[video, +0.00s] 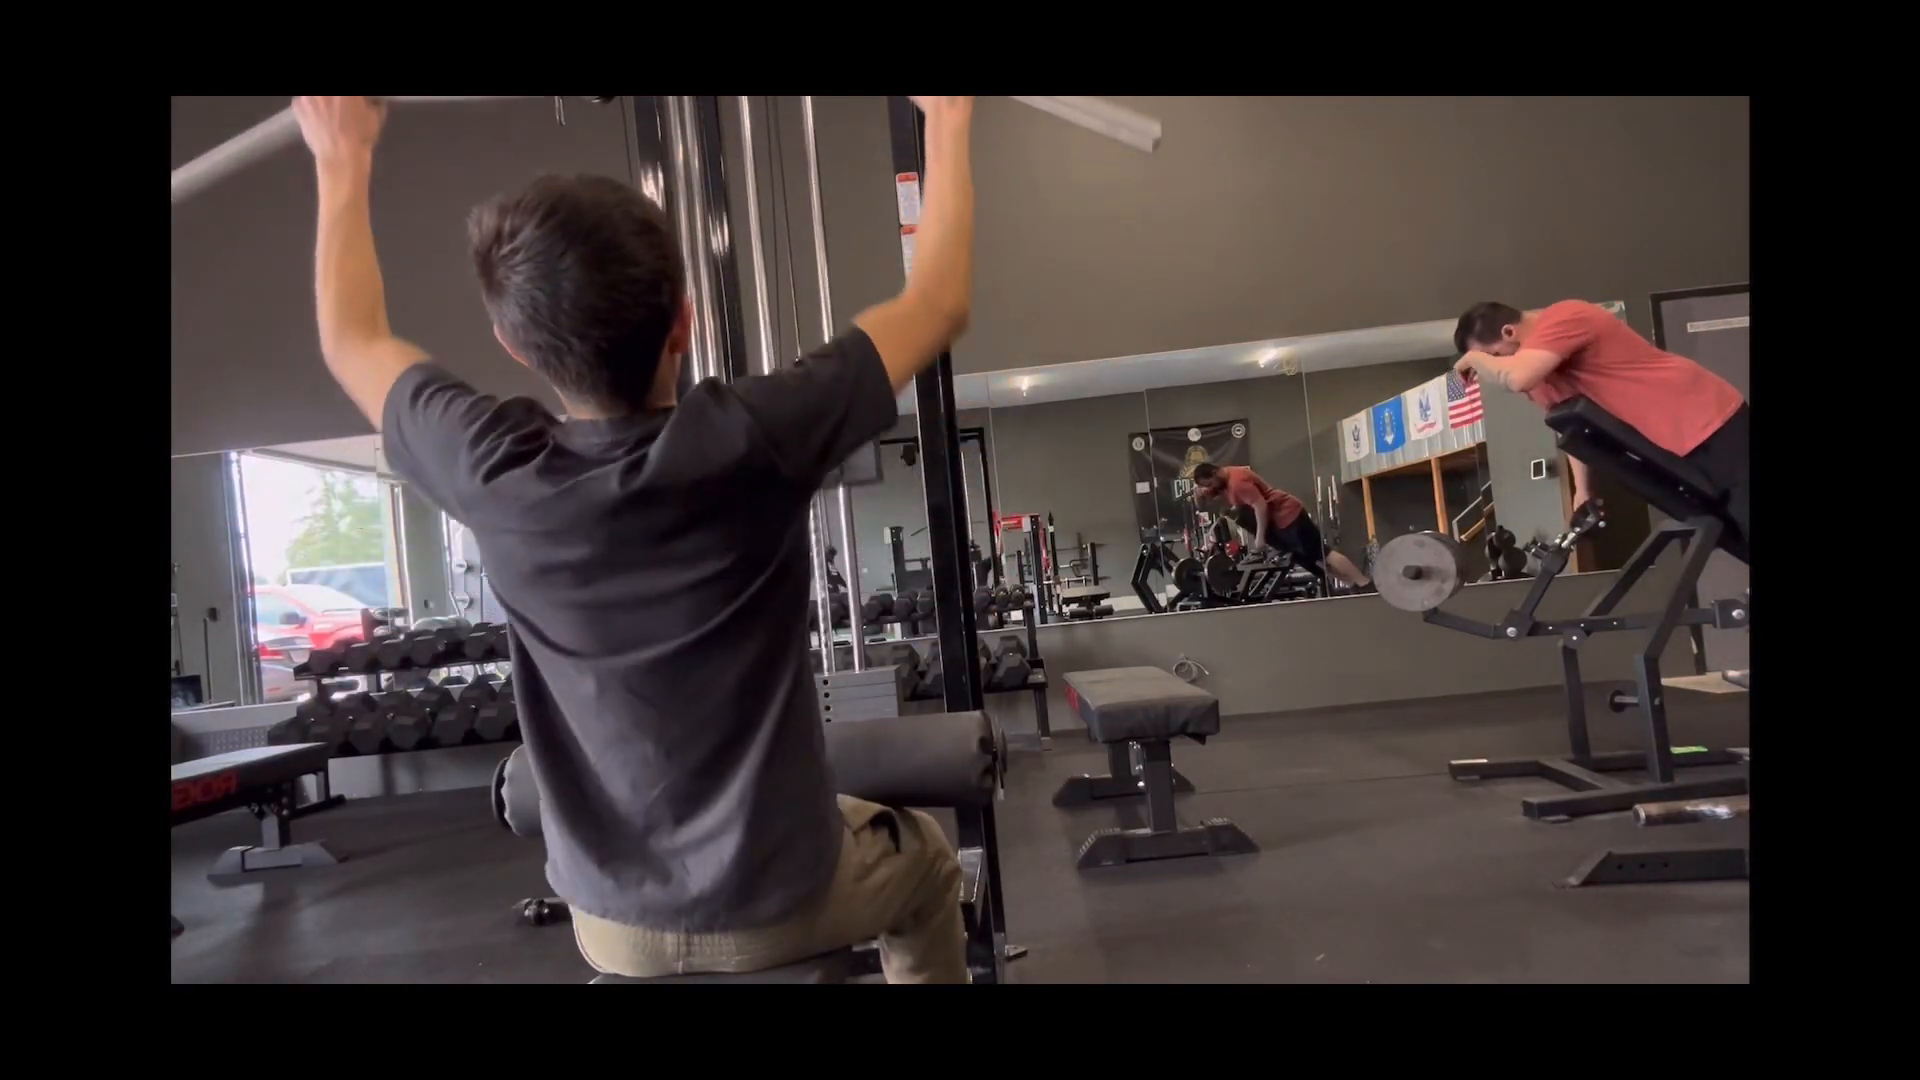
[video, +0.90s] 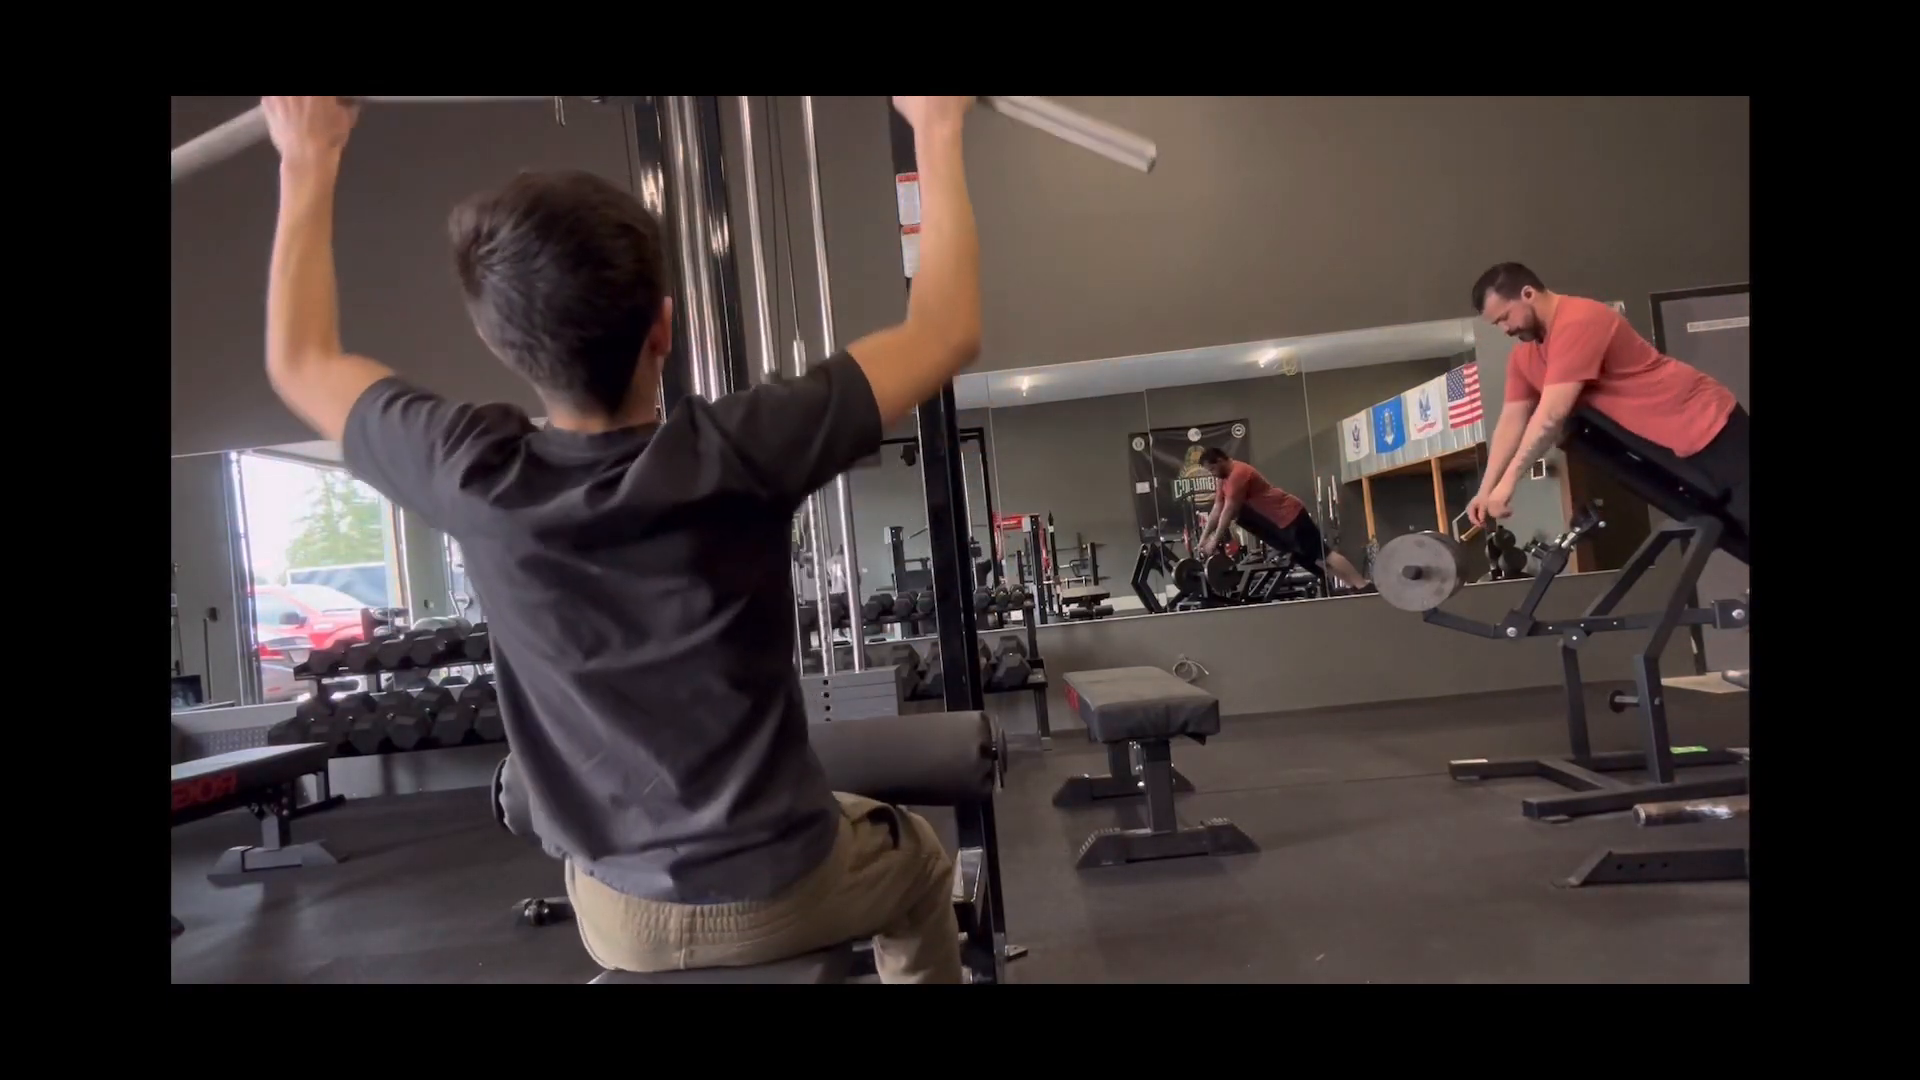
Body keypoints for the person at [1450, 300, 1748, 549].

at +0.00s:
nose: (1496, 366)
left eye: (1494, 357)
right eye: (1490, 361)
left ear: (1508, 333)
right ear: (1507, 333)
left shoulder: (1566, 317)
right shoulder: (1535, 372)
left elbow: (1517, 376)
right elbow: (1572, 429)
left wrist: (1475, 359)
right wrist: (1583, 492)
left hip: (1711, 419)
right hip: (1671, 448)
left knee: (1743, 523)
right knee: (1727, 533)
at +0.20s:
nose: (1500, 360)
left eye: (1497, 350)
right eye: (1493, 355)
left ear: (1511, 322)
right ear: (1510, 323)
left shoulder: (1568, 321)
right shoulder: (1543, 349)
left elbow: (1537, 391)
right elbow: (1572, 420)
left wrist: (1485, 364)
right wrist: (1573, 481)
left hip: (1707, 419)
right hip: (1678, 441)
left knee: (1745, 520)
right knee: (1731, 528)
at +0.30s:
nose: (1500, 357)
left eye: (1496, 346)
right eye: (1491, 353)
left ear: (1512, 318)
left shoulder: (1573, 323)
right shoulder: (1534, 361)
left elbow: (1570, 398)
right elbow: (1567, 421)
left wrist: (1494, 391)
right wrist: (1569, 479)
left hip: (1706, 418)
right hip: (1669, 445)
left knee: (1745, 518)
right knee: (1727, 531)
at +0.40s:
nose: (1501, 354)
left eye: (1498, 343)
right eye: (1492, 350)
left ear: (1514, 316)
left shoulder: (1579, 324)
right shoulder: (1531, 365)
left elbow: (1598, 400)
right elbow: (1568, 423)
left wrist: (1521, 425)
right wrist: (1568, 483)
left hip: (1705, 420)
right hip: (1666, 448)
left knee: (1746, 513)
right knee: (1729, 532)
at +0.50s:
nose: (1502, 350)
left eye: (1499, 338)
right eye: (1493, 345)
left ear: (1518, 311)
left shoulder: (1587, 324)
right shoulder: (1530, 362)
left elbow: (1612, 402)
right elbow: (1555, 427)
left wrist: (1552, 453)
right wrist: (1562, 489)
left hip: (1706, 422)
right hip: (1660, 448)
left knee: (1745, 516)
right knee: (1729, 535)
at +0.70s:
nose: (1505, 340)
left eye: (1503, 329)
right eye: (1498, 336)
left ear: (1523, 302)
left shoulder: (1590, 319)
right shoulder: (1531, 360)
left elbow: (1595, 407)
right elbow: (1531, 424)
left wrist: (1543, 471)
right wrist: (1515, 494)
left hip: (1707, 422)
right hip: (1665, 449)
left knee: (1745, 515)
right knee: (1729, 534)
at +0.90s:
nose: (1505, 330)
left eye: (1504, 318)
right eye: (1498, 325)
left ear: (1528, 294)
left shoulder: (1579, 319)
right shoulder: (1524, 357)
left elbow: (1552, 417)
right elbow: (1511, 420)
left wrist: (1508, 481)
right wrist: (1486, 488)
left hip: (1709, 423)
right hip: (1669, 450)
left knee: (1745, 523)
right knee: (1731, 534)